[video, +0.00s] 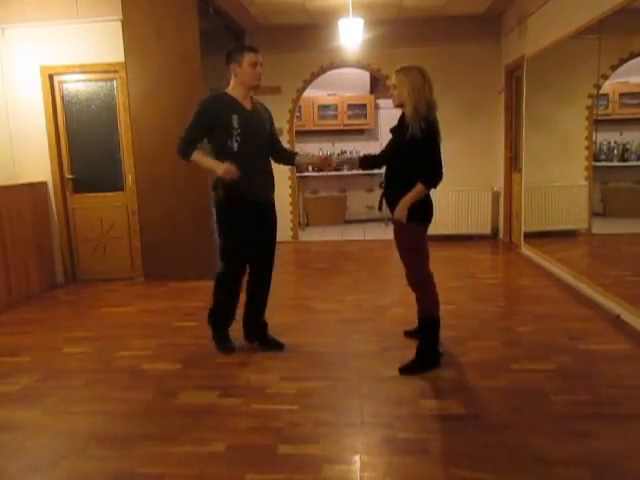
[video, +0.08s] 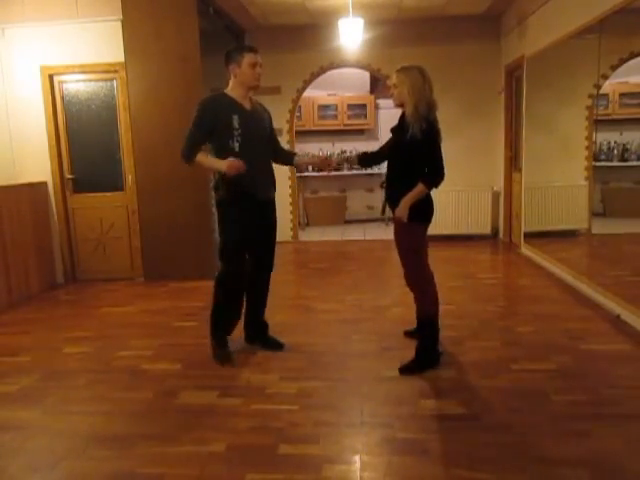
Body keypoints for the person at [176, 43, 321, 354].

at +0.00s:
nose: (260, 71)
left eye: (260, 65)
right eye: (254, 65)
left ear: (258, 70)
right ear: (234, 69)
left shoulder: (261, 111)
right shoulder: (215, 104)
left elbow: (277, 152)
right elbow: (186, 148)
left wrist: (312, 160)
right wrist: (217, 167)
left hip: (262, 197)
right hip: (233, 197)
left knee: (262, 266)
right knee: (234, 265)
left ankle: (255, 329)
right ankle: (220, 327)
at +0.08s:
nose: (260, 71)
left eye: (260, 66)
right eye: (253, 66)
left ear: (256, 72)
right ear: (233, 70)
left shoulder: (261, 111)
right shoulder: (213, 106)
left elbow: (274, 152)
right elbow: (190, 152)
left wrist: (301, 160)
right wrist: (220, 164)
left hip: (263, 198)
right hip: (232, 198)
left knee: (261, 267)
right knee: (234, 268)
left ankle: (256, 330)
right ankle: (220, 335)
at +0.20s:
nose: (257, 73)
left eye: (257, 68)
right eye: (250, 68)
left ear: (249, 72)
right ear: (231, 71)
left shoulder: (257, 114)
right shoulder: (214, 110)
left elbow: (274, 154)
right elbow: (206, 159)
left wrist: (310, 170)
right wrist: (229, 186)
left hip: (261, 203)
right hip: (231, 204)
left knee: (260, 269)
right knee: (231, 274)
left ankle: (256, 330)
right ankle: (225, 348)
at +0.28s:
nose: (256, 74)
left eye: (256, 68)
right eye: (250, 68)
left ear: (244, 73)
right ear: (230, 72)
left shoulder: (255, 115)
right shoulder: (212, 112)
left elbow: (275, 154)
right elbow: (208, 164)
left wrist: (310, 175)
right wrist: (235, 199)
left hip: (258, 204)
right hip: (230, 205)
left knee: (260, 266)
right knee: (231, 275)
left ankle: (255, 329)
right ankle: (227, 351)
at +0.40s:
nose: (255, 74)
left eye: (255, 68)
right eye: (249, 68)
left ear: (241, 73)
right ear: (230, 72)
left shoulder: (252, 114)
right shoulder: (215, 110)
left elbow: (275, 152)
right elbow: (211, 164)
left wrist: (311, 176)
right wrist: (237, 199)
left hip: (253, 203)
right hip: (229, 204)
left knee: (257, 267)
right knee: (231, 274)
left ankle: (254, 326)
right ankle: (226, 352)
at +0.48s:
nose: (256, 73)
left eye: (255, 67)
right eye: (250, 67)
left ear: (243, 72)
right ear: (230, 71)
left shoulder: (252, 112)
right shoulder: (216, 107)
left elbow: (271, 151)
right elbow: (207, 157)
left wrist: (309, 172)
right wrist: (239, 189)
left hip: (254, 203)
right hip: (230, 205)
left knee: (257, 267)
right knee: (232, 275)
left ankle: (255, 327)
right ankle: (226, 352)